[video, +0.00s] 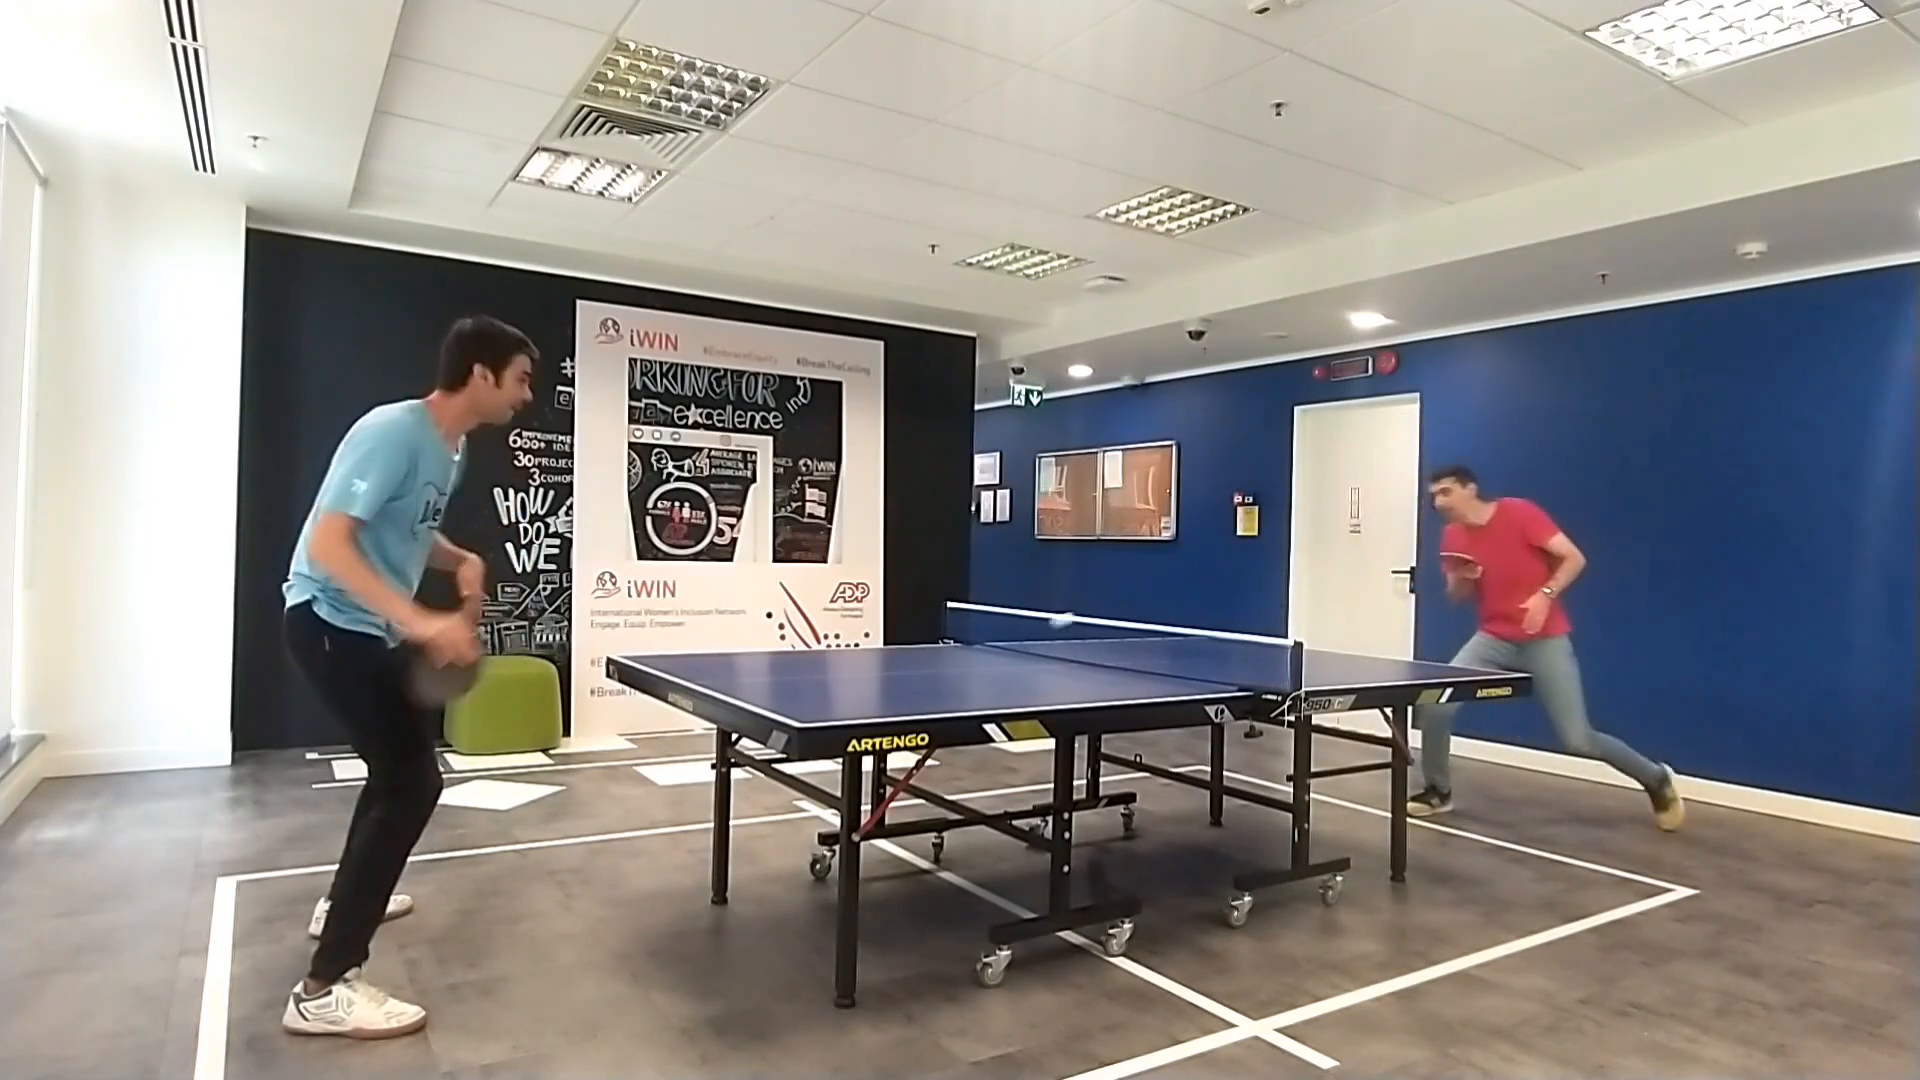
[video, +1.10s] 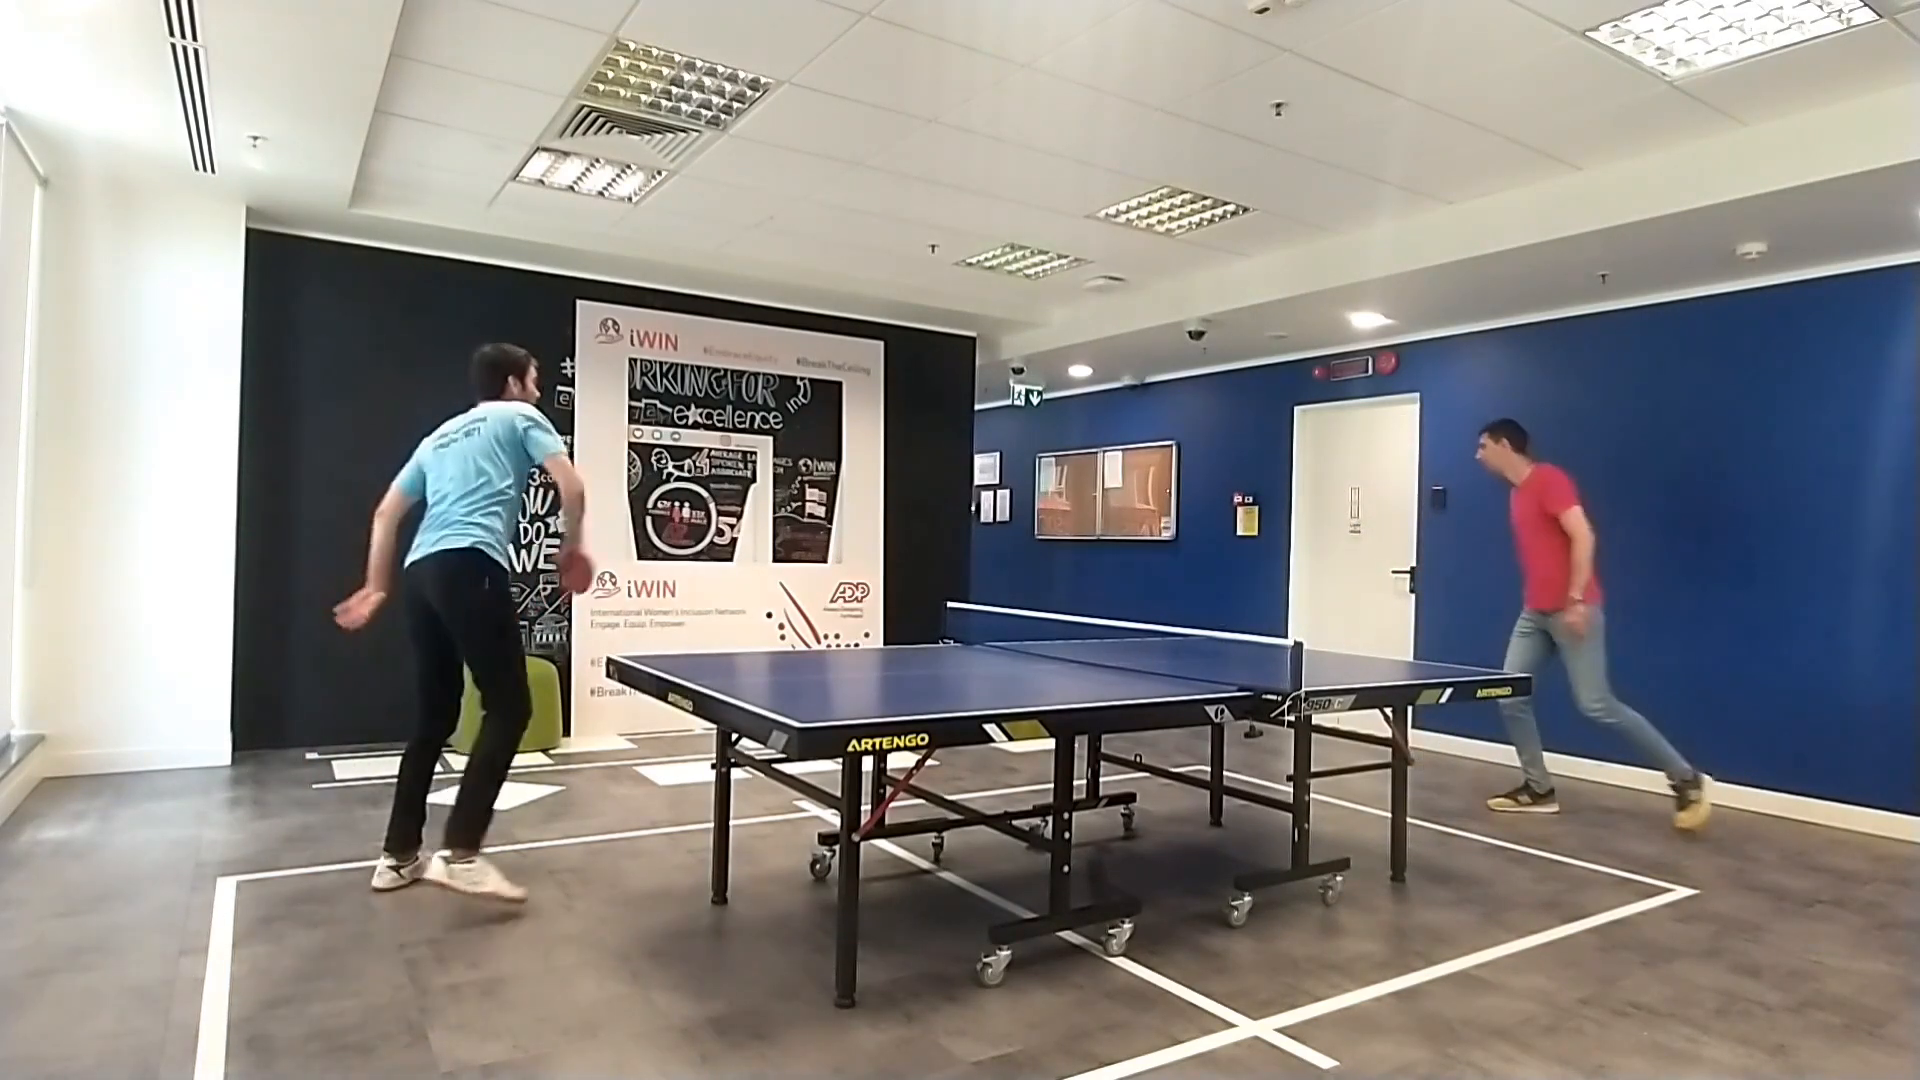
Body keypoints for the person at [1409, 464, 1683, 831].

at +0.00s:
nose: (1439, 502)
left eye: (1445, 492)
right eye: (1434, 497)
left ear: (1469, 489)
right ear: (1435, 503)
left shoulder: (1519, 514)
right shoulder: (1454, 536)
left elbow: (1574, 558)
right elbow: (1455, 596)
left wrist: (1546, 594)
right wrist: (1462, 581)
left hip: (1545, 640)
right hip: (1494, 638)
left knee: (1577, 740)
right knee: (1434, 706)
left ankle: (1658, 780)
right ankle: (1437, 793)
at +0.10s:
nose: (1472, 502)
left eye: (1479, 492)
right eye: (1469, 495)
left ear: (1505, 490)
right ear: (1471, 499)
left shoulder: (1553, 518)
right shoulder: (1484, 535)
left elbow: (1603, 569)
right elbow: (1483, 597)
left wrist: (1569, 604)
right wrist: (1488, 587)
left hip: (1570, 647)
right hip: (1518, 641)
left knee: (1607, 745)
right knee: (1453, 706)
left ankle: (1675, 795)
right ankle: (1437, 792)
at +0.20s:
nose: (1504, 498)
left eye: (1512, 489)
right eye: (1501, 492)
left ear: (1538, 487)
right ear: (1502, 495)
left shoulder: (1584, 515)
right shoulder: (1515, 529)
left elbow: (1632, 571)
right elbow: (1515, 587)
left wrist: (1594, 609)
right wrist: (1520, 590)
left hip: (1599, 644)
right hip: (1545, 637)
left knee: (1626, 745)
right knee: (1479, 704)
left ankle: (1679, 801)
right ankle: (1439, 791)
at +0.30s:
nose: (1525, 486)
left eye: (1533, 477)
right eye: (1521, 480)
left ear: (1559, 477)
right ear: (1521, 485)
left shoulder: (1604, 506)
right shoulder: (1533, 521)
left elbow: (1653, 560)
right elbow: (1539, 567)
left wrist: (1613, 603)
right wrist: (1541, 581)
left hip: (1619, 636)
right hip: (1563, 630)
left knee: (1642, 738)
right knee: (1499, 696)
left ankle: (1682, 802)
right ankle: (1456, 787)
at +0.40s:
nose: (1534, 470)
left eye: (1541, 461)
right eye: (1529, 464)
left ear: (1566, 462)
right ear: (1528, 471)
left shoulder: (1612, 493)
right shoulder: (1541, 511)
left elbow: (1664, 544)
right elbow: (1548, 558)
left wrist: (1627, 592)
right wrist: (1548, 575)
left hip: (1629, 623)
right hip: (1573, 619)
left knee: (1652, 727)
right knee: (1515, 687)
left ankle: (1684, 801)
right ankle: (1514, 786)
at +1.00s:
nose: (1492, 466)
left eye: (1497, 457)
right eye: (1490, 460)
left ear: (1522, 455)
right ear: (1513, 460)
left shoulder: (1567, 489)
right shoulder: (1526, 507)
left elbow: (1620, 538)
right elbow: (1555, 557)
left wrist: (1615, 603)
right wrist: (1551, 608)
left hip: (1598, 619)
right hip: (1553, 620)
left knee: (1636, 713)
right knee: (1514, 695)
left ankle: (1716, 795)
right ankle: (1538, 788)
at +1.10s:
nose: (1479, 455)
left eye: (1483, 447)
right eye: (1479, 448)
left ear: (1504, 445)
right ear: (1504, 447)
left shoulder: (1549, 480)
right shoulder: (1520, 493)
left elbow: (1582, 535)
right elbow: (1542, 549)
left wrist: (1576, 600)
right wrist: (1538, 599)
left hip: (1572, 612)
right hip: (1536, 613)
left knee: (1596, 704)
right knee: (1511, 695)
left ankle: (1687, 780)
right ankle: (1537, 787)